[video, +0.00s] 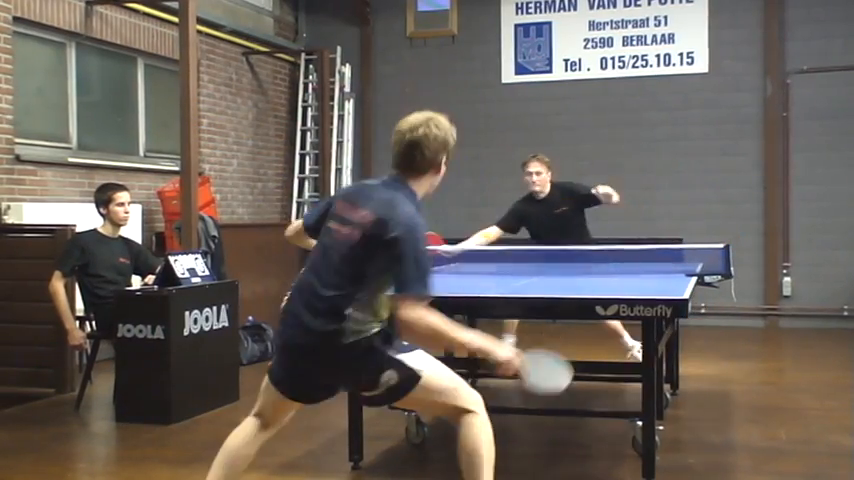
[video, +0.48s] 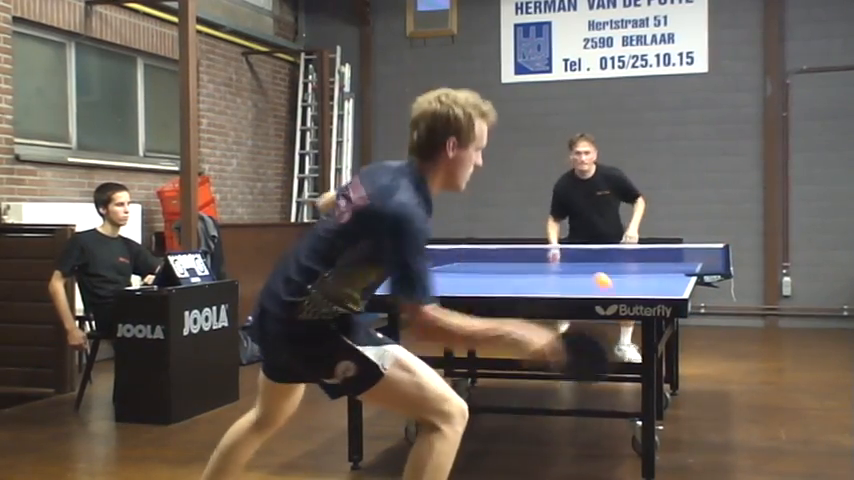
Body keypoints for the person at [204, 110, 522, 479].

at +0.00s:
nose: (446, 169)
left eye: (446, 160)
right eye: (448, 161)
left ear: (398, 155)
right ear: (440, 165)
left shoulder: (352, 192)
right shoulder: (405, 218)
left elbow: (295, 233)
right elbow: (410, 315)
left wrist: (342, 255)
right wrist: (490, 347)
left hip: (298, 337)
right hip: (353, 346)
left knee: (260, 420)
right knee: (469, 405)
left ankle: (213, 478)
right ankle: (480, 475)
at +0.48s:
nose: (480, 162)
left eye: (482, 151)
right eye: (479, 150)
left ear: (437, 145)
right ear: (450, 148)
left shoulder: (385, 174)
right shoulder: (405, 210)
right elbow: (423, 321)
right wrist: (514, 333)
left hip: (278, 313)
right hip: (317, 330)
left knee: (265, 416)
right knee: (449, 415)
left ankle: (209, 479)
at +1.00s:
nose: (370, 108)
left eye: (367, 99)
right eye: (369, 100)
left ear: (304, 104)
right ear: (360, 107)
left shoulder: (256, 156)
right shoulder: (376, 174)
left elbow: (153, 195)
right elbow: (459, 227)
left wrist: (149, 183)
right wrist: (456, 162)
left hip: (220, 343)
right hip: (308, 351)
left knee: (121, 454)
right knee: (392, 448)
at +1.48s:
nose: (180, 118)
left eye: (183, 106)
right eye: (182, 106)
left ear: (107, 100)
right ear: (166, 111)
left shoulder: (28, 156)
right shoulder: (139, 186)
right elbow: (231, 315)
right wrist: (285, 262)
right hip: (15, 378)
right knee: (127, 472)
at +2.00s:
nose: (397, 187)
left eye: (400, 172)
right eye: (399, 173)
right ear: (364, 175)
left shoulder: (267, 172)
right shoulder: (256, 236)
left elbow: (219, 133)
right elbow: (222, 407)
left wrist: (267, 126)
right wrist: (326, 474)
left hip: (121, 350)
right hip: (69, 362)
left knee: (211, 462)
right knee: (195, 474)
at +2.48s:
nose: (574, 6)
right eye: (572, 4)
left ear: (478, 4)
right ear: (560, 8)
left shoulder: (406, 66)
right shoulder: (583, 89)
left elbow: (272, 145)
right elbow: (713, 189)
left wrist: (229, 184)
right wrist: (687, 100)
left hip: (351, 327)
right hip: (465, 338)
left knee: (387, 469)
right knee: (594, 473)